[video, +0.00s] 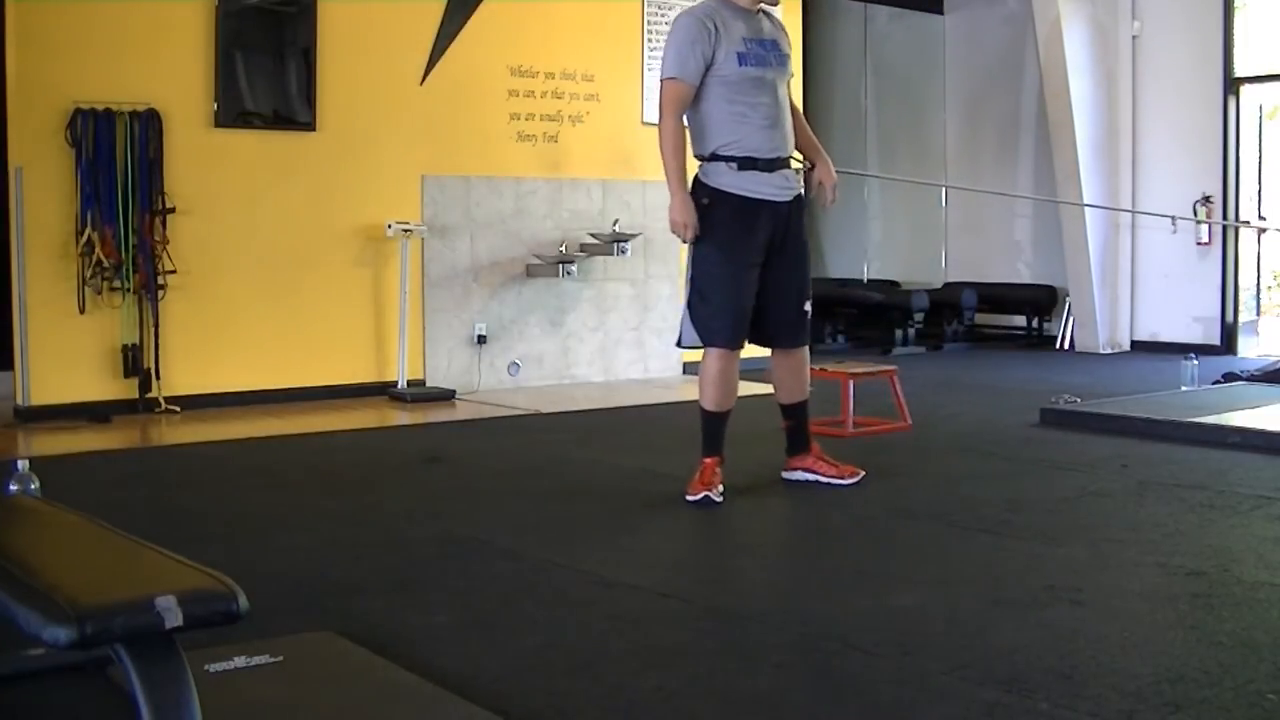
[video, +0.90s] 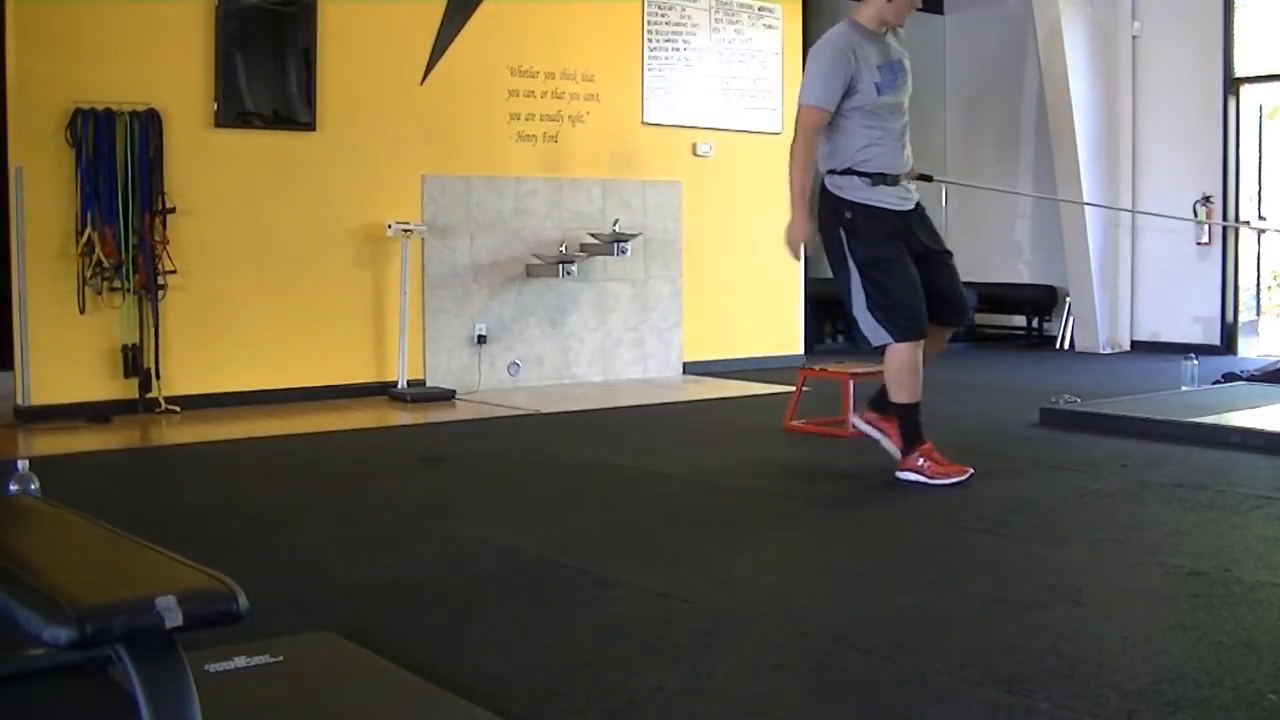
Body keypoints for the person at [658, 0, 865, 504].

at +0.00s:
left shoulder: (776, 27)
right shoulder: (698, 22)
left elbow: (783, 107)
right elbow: (671, 113)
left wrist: (819, 156)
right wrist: (678, 195)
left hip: (784, 198)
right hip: (727, 196)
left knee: (790, 331)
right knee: (723, 337)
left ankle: (800, 454)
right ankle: (711, 464)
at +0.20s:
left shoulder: (791, 31)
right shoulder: (720, 27)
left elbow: (796, 106)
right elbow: (699, 112)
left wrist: (834, 153)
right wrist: (718, 190)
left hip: (808, 197)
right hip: (757, 196)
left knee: (806, 328)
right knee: (772, 323)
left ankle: (802, 454)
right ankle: (745, 452)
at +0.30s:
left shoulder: (801, 29)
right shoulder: (732, 25)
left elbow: (805, 105)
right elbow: (708, 110)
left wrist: (844, 150)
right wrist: (737, 184)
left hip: (814, 191)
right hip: (769, 191)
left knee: (815, 317)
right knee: (803, 313)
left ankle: (805, 449)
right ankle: (795, 453)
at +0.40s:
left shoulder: (810, 25)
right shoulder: (745, 26)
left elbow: (816, 100)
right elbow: (714, 110)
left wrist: (856, 147)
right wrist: (749, 180)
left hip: (826, 192)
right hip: (781, 193)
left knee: (814, 322)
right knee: (830, 314)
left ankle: (800, 452)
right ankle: (853, 451)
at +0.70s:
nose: (873, 3)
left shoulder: (861, 34)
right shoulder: (797, 47)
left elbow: (852, 94)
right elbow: (750, 128)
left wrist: (877, 120)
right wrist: (749, 204)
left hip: (871, 201)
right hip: (832, 203)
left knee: (863, 329)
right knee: (882, 323)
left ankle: (813, 443)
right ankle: (909, 452)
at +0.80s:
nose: (897, 7)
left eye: (897, 2)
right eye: (892, 0)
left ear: (871, 3)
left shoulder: (878, 44)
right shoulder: (820, 51)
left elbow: (869, 125)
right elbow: (780, 138)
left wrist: (882, 185)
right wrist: (763, 216)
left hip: (884, 200)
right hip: (845, 203)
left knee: (913, 318)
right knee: (898, 323)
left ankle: (843, 418)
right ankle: (914, 452)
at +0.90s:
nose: (913, 11)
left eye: (915, 5)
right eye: (910, 3)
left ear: (890, 3)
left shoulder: (894, 46)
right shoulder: (836, 48)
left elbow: (882, 121)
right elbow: (805, 132)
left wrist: (903, 171)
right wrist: (800, 213)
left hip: (900, 199)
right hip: (855, 201)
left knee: (945, 309)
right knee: (905, 322)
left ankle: (882, 408)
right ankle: (913, 452)